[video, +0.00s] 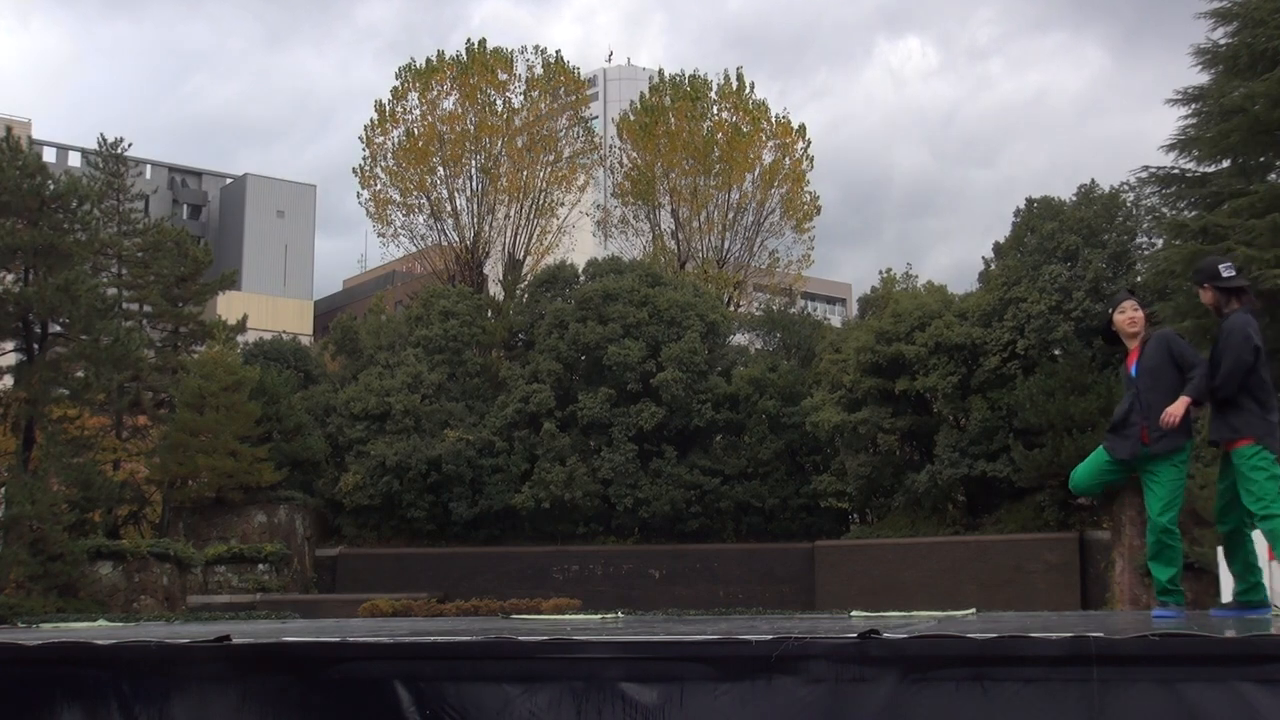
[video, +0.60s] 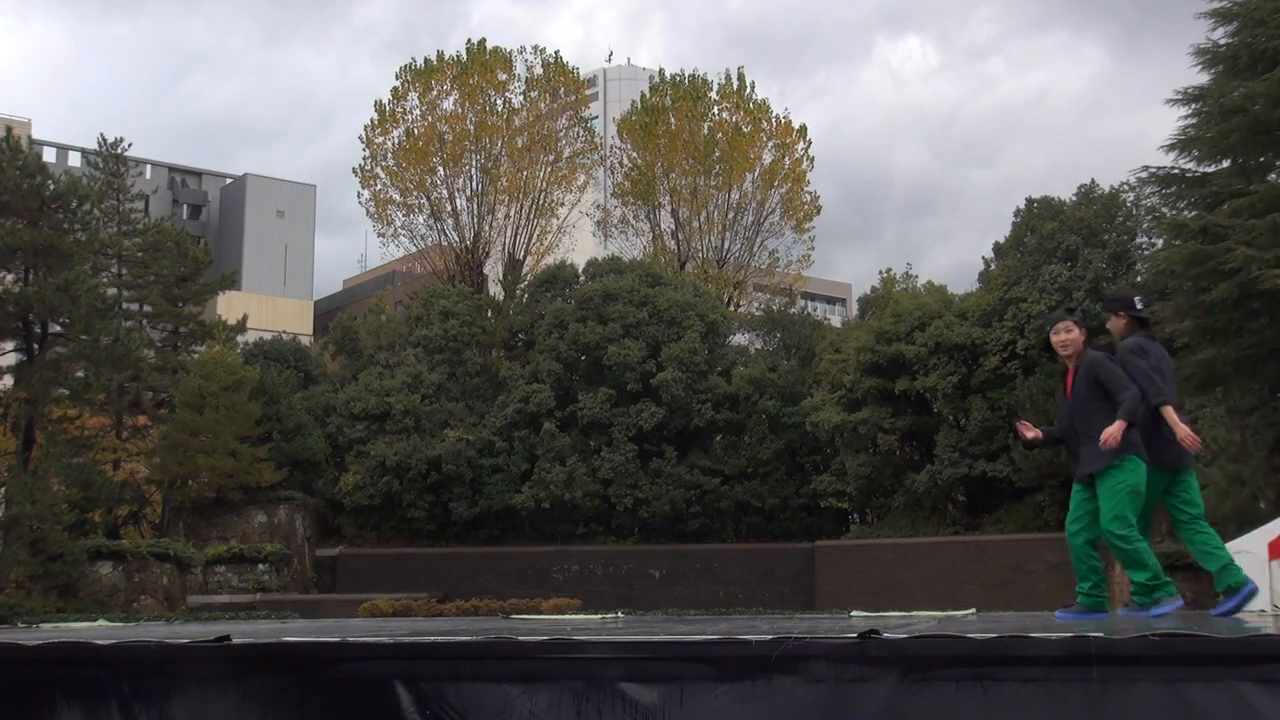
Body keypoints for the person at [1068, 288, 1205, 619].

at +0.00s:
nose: (1132, 314)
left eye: (1136, 309)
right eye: (1124, 312)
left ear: (1145, 316)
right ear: (1114, 325)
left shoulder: (1164, 339)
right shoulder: (1127, 363)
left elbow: (1201, 368)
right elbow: (1140, 398)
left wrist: (1184, 400)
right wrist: (1127, 424)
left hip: (1166, 446)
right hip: (1126, 442)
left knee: (1161, 523)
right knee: (1079, 482)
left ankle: (1169, 600)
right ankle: (1126, 473)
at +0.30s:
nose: (1106, 322)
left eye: (1110, 316)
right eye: (1098, 319)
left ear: (1121, 321)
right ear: (1090, 330)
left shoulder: (1142, 343)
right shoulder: (1106, 370)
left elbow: (1184, 369)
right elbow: (1120, 408)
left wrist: (1167, 401)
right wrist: (1109, 435)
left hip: (1154, 448)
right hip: (1113, 448)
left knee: (1156, 523)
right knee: (1070, 490)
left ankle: (1170, 599)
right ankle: (1110, 508)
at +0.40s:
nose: (1095, 324)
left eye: (1100, 317)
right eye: (1088, 321)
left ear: (1111, 323)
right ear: (1081, 332)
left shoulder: (1134, 347)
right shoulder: (1091, 375)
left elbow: (1173, 375)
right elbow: (1098, 427)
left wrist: (1152, 403)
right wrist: (1062, 441)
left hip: (1148, 451)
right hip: (1108, 456)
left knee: (1151, 525)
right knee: (1074, 504)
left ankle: (1170, 599)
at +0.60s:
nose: (1062, 338)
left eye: (1069, 331)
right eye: (1056, 333)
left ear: (1083, 334)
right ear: (1051, 342)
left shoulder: (1097, 362)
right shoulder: (1068, 380)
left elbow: (1131, 395)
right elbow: (1068, 429)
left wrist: (1120, 423)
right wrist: (1040, 435)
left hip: (1120, 460)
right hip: (1089, 468)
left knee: (1116, 526)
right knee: (1078, 532)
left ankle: (1162, 593)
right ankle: (1093, 602)